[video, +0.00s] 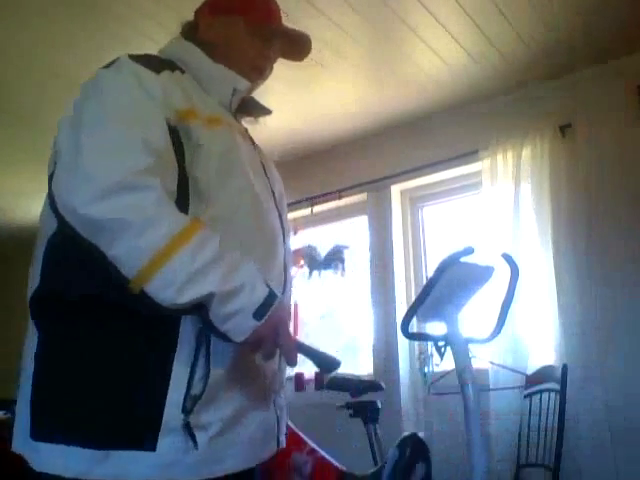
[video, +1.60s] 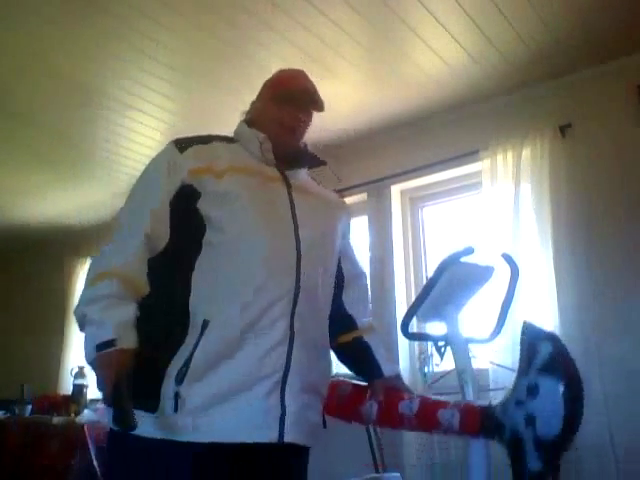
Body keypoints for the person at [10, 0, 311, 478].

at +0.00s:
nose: (270, 57)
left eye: (276, 46)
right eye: (261, 36)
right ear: (210, 20)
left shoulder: (243, 142)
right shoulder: (129, 85)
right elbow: (111, 206)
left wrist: (278, 309)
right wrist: (249, 306)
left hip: (234, 436)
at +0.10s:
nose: (266, 63)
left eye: (272, 53)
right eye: (257, 42)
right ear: (205, 24)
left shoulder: (244, 147)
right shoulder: (124, 94)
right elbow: (105, 219)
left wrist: (270, 332)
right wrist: (240, 315)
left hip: (233, 440)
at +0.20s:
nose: (262, 56)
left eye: (267, 46)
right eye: (251, 37)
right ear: (198, 22)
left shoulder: (249, 149)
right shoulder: (120, 95)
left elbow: (262, 279)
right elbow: (100, 219)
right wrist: (229, 311)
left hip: (241, 437)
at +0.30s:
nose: (260, 57)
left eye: (266, 47)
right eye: (250, 38)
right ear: (202, 22)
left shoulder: (253, 148)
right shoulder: (117, 94)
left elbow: (262, 271)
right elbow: (90, 212)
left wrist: (300, 341)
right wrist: (220, 305)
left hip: (248, 438)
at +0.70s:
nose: (290, 99)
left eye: (295, 91)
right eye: (280, 82)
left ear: (296, 99)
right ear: (239, 72)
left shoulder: (292, 178)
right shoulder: (166, 130)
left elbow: (304, 289)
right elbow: (123, 218)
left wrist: (342, 363)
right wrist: (230, 298)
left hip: (277, 436)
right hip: (181, 436)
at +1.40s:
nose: (333, 143)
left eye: (338, 135)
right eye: (327, 126)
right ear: (293, 116)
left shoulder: (332, 219)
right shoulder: (210, 156)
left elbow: (338, 326)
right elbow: (145, 235)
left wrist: (368, 402)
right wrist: (171, 323)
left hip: (287, 445)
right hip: (190, 436)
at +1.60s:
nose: (302, 117)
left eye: (310, 111)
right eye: (291, 104)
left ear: (313, 122)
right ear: (257, 106)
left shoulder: (327, 206)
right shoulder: (190, 162)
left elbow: (340, 307)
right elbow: (118, 259)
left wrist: (377, 375)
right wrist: (111, 343)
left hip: (287, 432)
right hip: (182, 425)